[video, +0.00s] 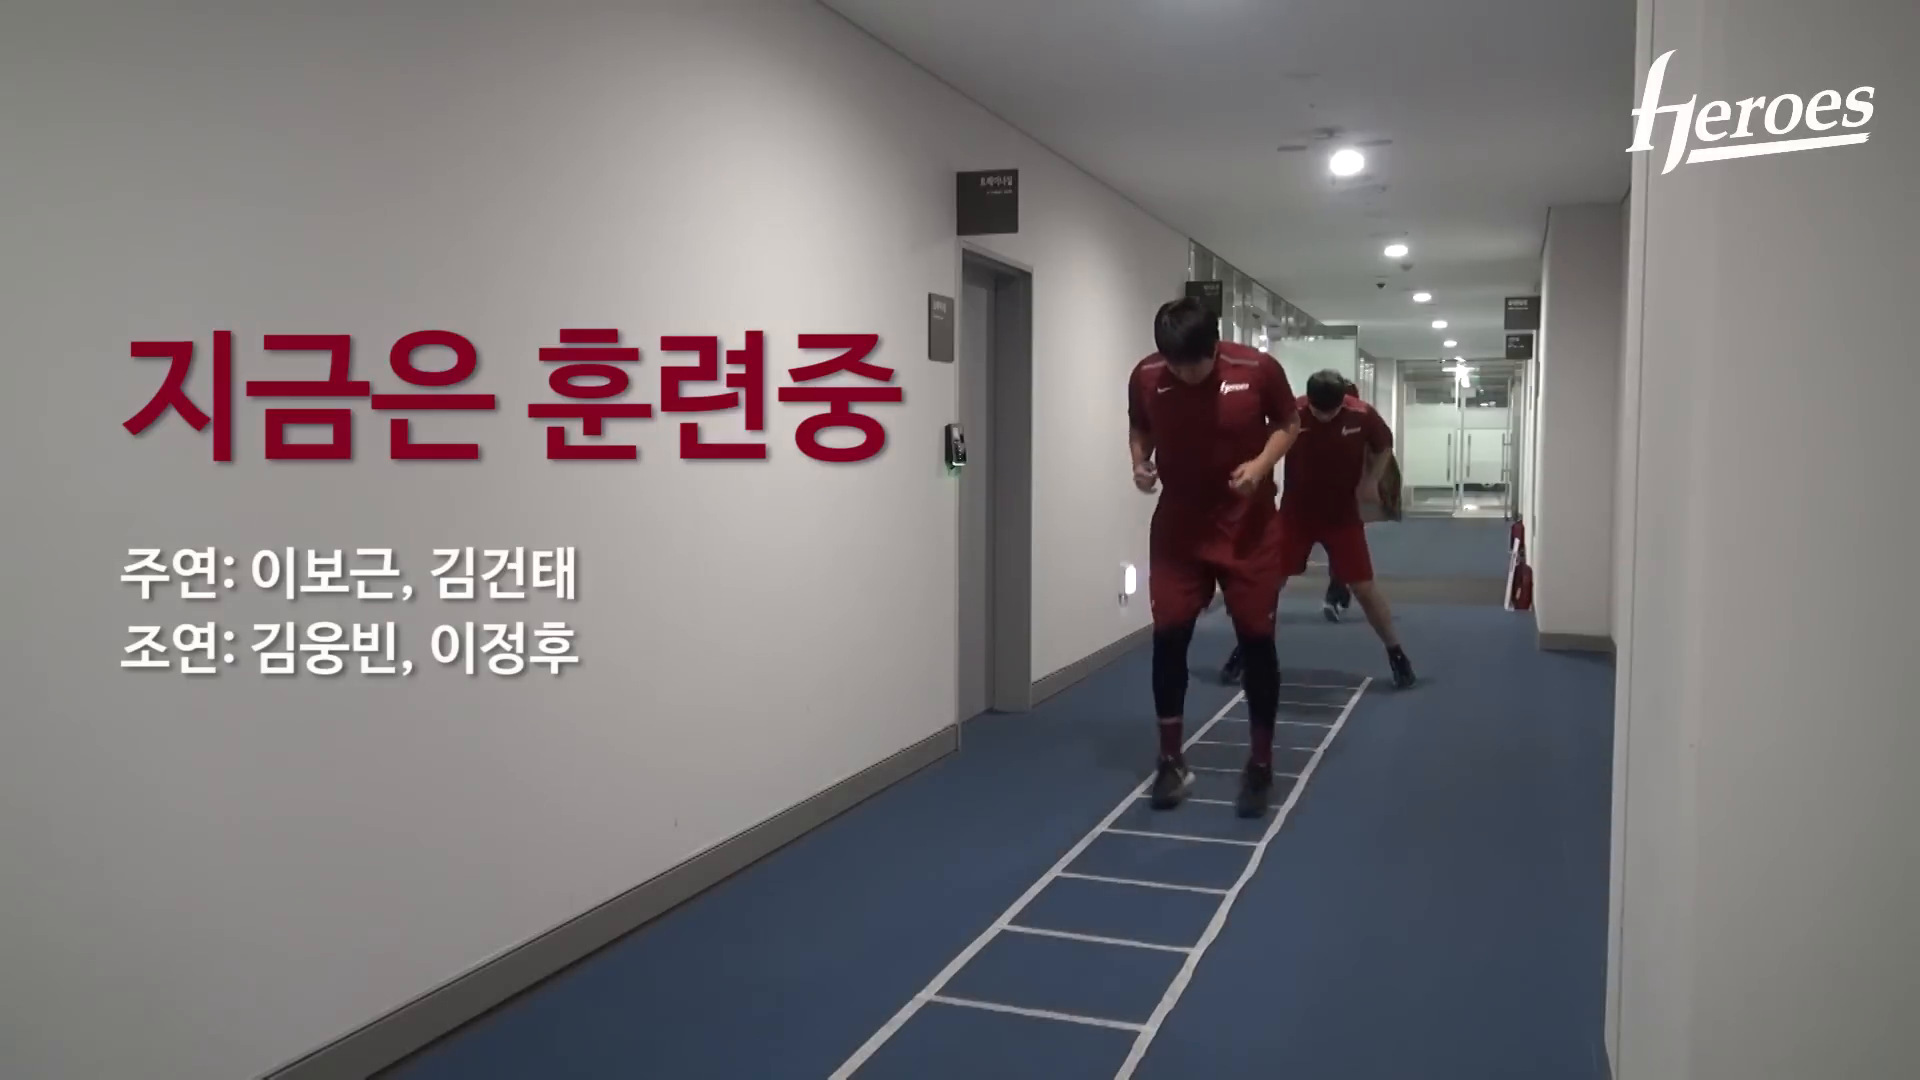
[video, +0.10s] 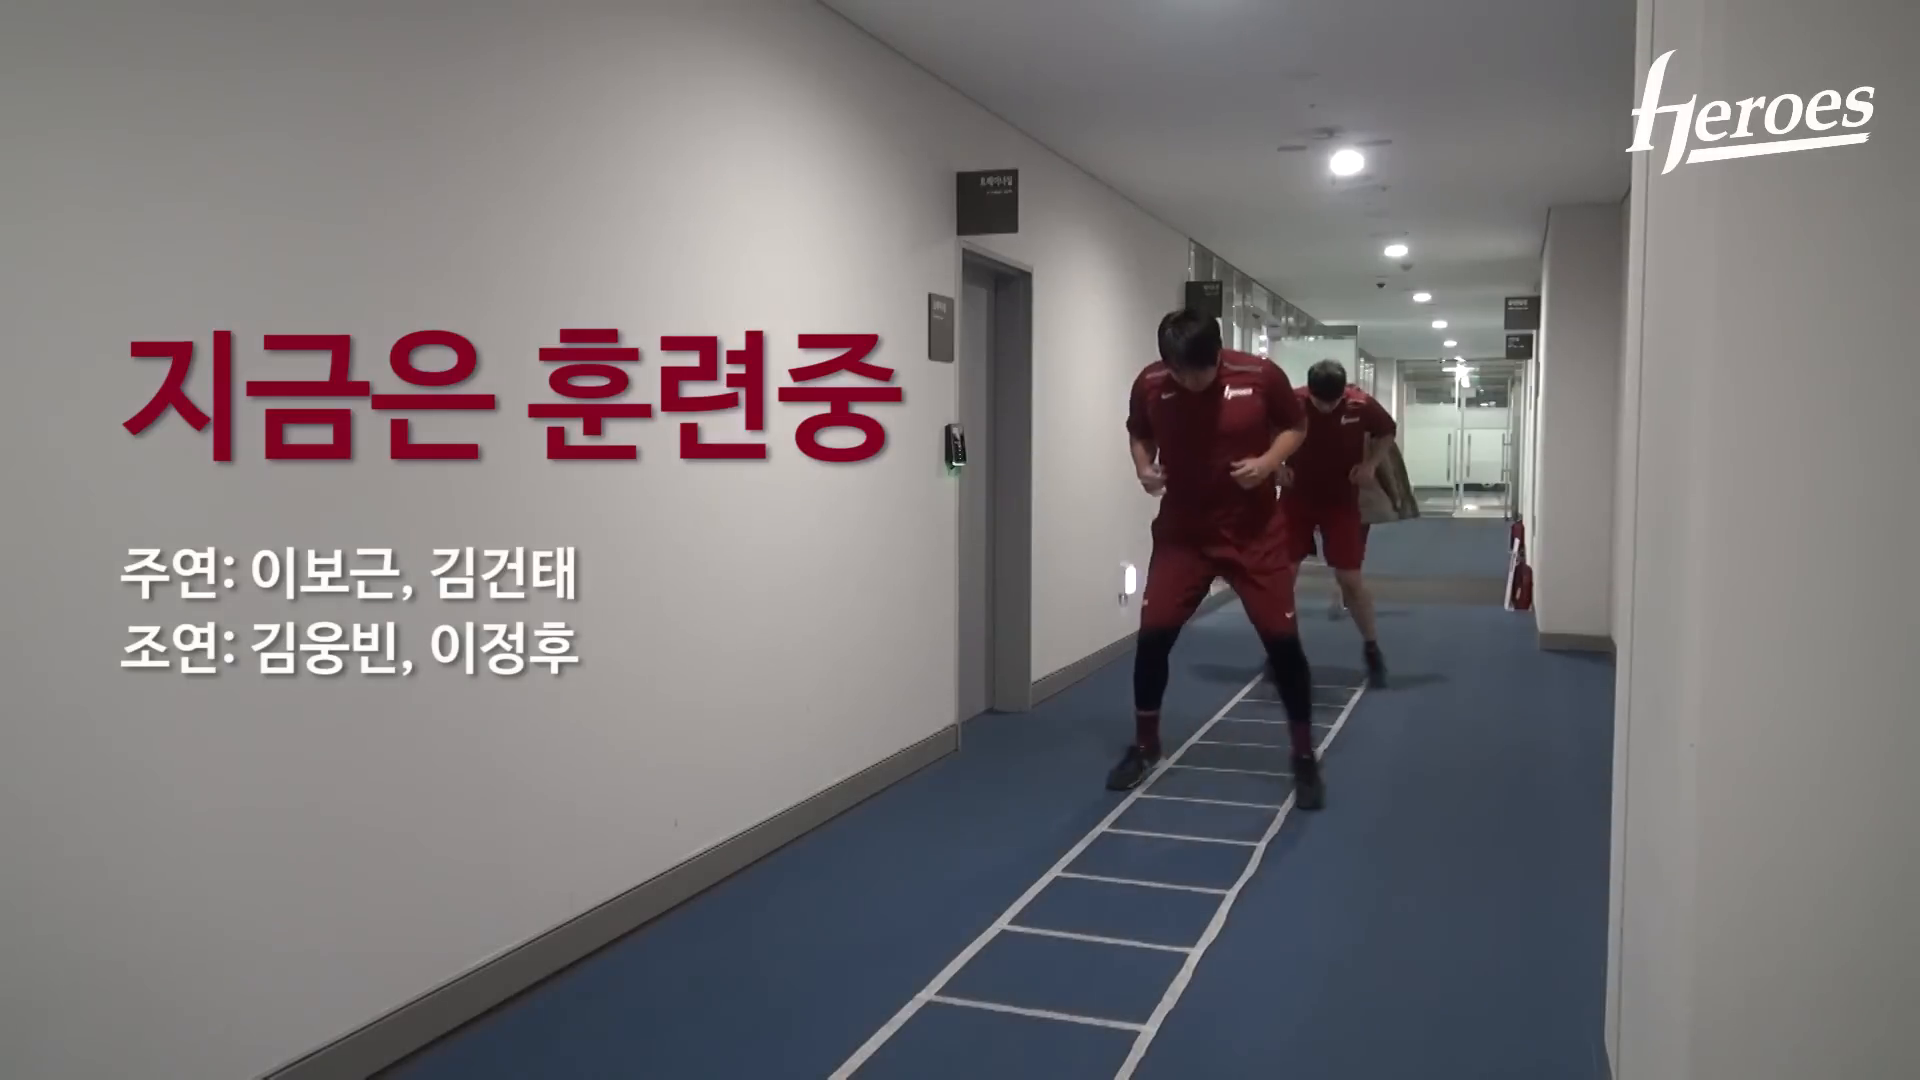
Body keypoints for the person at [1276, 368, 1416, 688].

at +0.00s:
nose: (1324, 418)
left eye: (1330, 413)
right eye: (1318, 413)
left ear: (1341, 402)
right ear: (1308, 400)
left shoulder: (1361, 415)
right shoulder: (1292, 415)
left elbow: (1384, 445)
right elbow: (1266, 444)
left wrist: (1373, 480)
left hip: (1342, 516)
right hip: (1296, 513)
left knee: (1364, 588)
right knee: (1267, 584)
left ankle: (1396, 655)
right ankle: (1245, 649)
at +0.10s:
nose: (1325, 408)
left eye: (1332, 404)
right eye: (1320, 403)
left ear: (1343, 393)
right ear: (1309, 391)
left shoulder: (1360, 405)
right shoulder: (1292, 404)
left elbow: (1386, 431)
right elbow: (1265, 428)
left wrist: (1371, 463)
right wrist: (1276, 461)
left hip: (1341, 501)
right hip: (1297, 499)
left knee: (1350, 579)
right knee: (1281, 577)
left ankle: (1372, 649)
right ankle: (1279, 653)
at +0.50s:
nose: (1320, 414)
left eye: (1327, 407)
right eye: (1314, 407)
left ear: (1338, 398)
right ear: (1305, 396)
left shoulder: (1360, 410)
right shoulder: (1295, 414)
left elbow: (1390, 430)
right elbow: (1272, 450)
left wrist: (1384, 466)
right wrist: (1282, 483)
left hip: (1344, 508)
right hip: (1299, 506)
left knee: (1365, 578)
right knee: (1274, 576)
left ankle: (1383, 647)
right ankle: (1260, 647)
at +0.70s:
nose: (1331, 424)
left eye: (1337, 418)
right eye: (1327, 417)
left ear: (1350, 413)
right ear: (1318, 411)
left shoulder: (1367, 436)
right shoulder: (1301, 434)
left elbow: (1389, 480)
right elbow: (1279, 473)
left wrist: (1387, 516)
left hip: (1349, 523)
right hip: (1304, 521)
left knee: (1372, 586)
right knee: (1279, 589)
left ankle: (1388, 652)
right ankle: (1250, 646)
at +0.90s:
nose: (1365, 399)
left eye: (1372, 393)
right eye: (1360, 392)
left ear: (1384, 390)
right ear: (1353, 388)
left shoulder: (1399, 421)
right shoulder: (1332, 416)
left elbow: (1407, 470)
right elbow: (1313, 459)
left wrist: (1374, 481)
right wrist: (1305, 500)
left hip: (1374, 512)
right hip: (1331, 506)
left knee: (1384, 579)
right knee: (1300, 570)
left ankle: (1391, 651)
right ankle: (1271, 640)